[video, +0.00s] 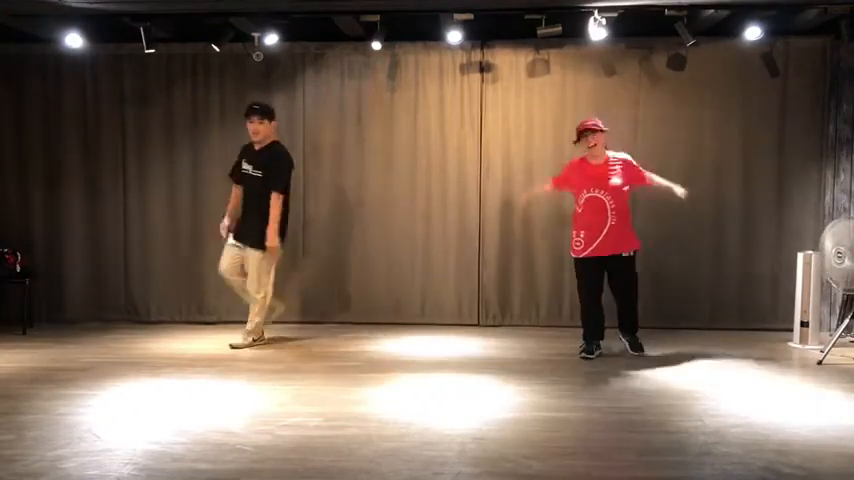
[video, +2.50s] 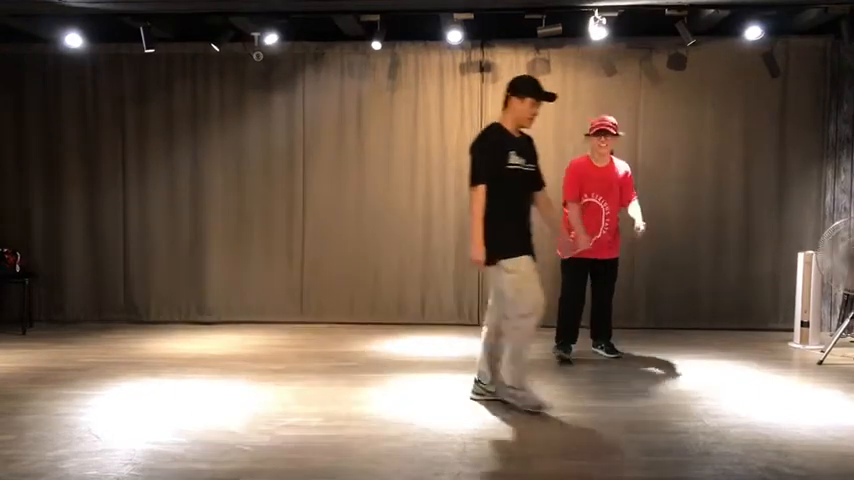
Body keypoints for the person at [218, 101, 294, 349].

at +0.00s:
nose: (253, 128)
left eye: (259, 123)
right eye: (250, 123)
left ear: (272, 125)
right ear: (246, 126)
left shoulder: (280, 157)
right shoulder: (247, 151)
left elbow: (276, 198)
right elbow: (238, 187)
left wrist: (272, 232)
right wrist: (229, 217)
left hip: (264, 233)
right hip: (242, 228)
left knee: (259, 288)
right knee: (228, 270)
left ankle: (254, 331)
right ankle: (267, 305)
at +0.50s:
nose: (222, 123)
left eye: (228, 117)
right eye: (217, 118)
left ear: (238, 121)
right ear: (210, 122)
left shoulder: (253, 153)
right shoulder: (200, 153)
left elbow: (262, 195)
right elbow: (184, 193)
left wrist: (260, 231)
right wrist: (175, 232)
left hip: (241, 239)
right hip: (207, 238)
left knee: (242, 291)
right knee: (198, 293)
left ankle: (227, 323)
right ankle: (196, 344)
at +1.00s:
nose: (267, 119)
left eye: (273, 114)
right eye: (262, 113)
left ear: (278, 120)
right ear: (250, 116)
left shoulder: (283, 159)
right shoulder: (233, 147)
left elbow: (285, 201)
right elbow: (216, 184)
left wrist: (285, 238)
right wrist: (220, 223)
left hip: (270, 241)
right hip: (235, 239)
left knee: (272, 302)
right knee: (214, 299)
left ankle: (271, 358)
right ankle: (198, 341)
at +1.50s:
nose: (328, 118)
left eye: (333, 112)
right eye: (321, 112)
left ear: (337, 116)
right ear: (308, 115)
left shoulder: (341, 153)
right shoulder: (295, 151)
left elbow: (357, 193)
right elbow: (284, 196)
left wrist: (377, 225)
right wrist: (285, 240)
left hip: (331, 243)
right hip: (308, 243)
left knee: (303, 307)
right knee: (333, 304)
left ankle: (274, 358)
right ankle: (359, 365)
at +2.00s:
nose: (420, 111)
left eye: (425, 107)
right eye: (414, 104)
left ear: (429, 112)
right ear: (400, 105)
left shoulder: (423, 150)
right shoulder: (385, 142)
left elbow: (422, 198)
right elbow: (386, 190)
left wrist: (424, 237)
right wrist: (416, 232)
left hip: (418, 244)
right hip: (387, 244)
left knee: (438, 304)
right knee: (380, 311)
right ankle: (371, 372)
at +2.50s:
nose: (536, 112)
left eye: (538, 106)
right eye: (532, 104)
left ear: (524, 106)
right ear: (512, 101)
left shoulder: (525, 143)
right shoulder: (488, 140)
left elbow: (539, 194)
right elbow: (478, 193)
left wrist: (561, 231)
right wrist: (477, 242)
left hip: (519, 240)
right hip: (500, 242)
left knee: (500, 312)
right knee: (528, 305)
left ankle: (486, 378)